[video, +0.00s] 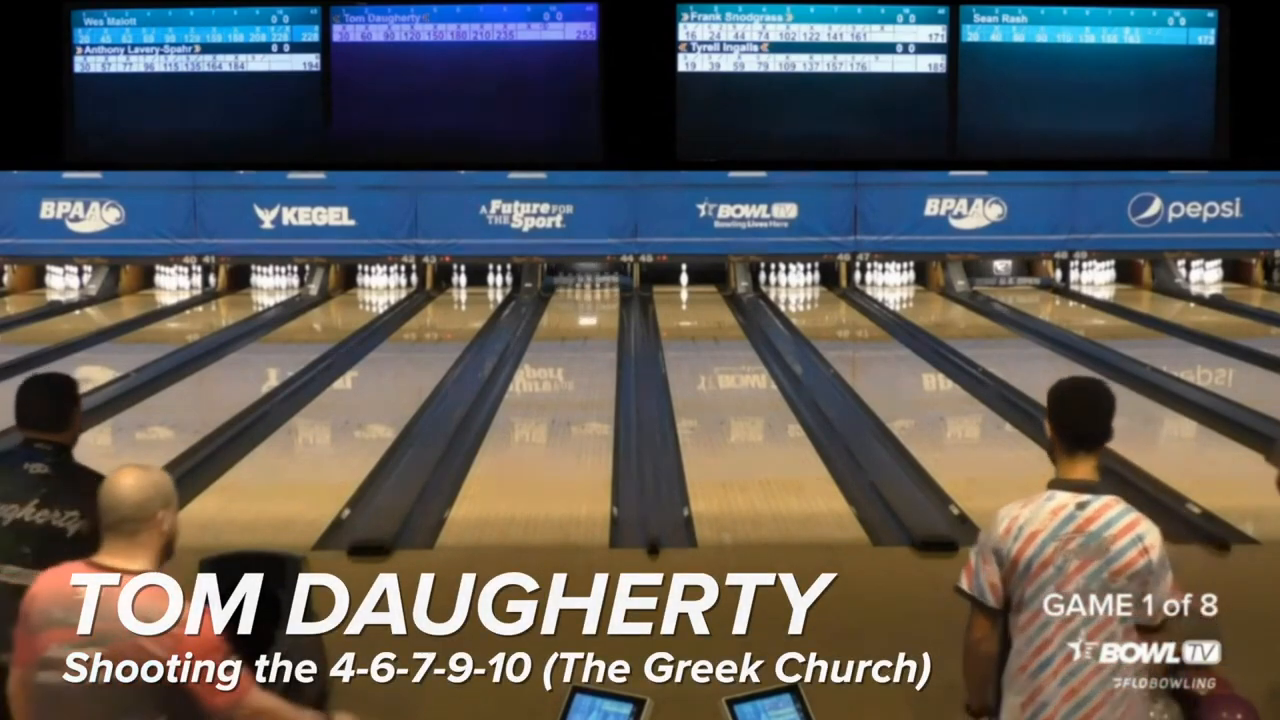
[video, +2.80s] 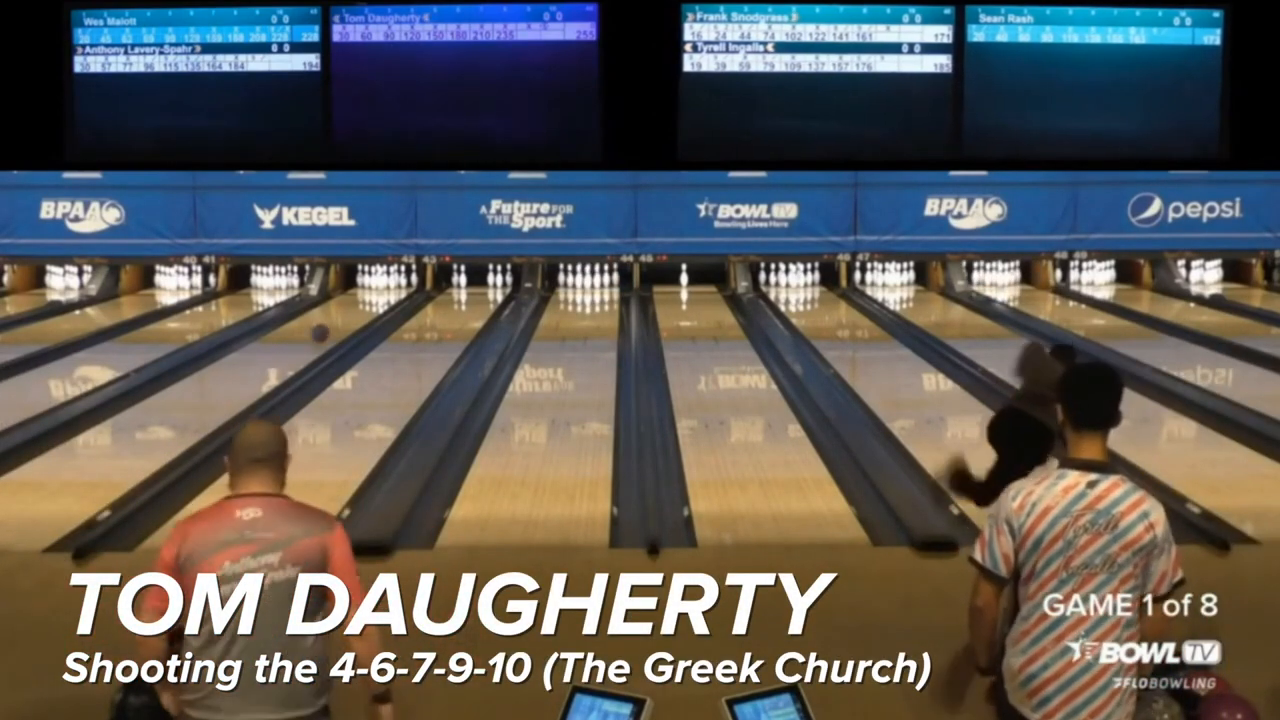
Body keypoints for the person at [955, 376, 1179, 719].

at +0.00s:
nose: (1049, 433)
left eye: (1048, 425)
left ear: (1049, 431)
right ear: (1108, 435)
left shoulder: (1011, 523)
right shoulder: (1141, 532)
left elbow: (982, 633)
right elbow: (1152, 621)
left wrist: (978, 706)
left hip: (1029, 706)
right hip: (1117, 708)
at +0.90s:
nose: (1045, 422)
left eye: (1046, 413)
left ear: (1048, 418)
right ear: (1106, 425)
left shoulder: (1010, 508)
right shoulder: (1133, 517)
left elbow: (977, 607)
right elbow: (1139, 617)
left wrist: (978, 693)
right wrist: (1122, 685)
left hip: (1021, 698)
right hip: (1097, 701)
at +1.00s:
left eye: (1055, 415)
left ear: (1056, 420)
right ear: (1114, 424)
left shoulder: (1019, 507)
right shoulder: (1142, 515)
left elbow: (985, 608)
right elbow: (1151, 617)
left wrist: (985, 690)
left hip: (1029, 691)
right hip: (1107, 694)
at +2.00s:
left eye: (1061, 405)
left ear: (1063, 413)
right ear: (1122, 419)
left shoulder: (1024, 497)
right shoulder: (1149, 508)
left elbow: (987, 600)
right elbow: (1160, 607)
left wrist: (990, 662)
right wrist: (1141, 650)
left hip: (1033, 686)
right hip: (1112, 692)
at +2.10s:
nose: (1056, 409)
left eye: (1058, 403)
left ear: (1062, 411)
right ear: (1120, 417)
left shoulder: (1023, 497)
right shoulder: (1150, 507)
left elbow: (986, 599)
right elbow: (1159, 599)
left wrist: (990, 661)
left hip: (1033, 686)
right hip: (1112, 692)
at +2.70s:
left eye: (1058, 404)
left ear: (1062, 413)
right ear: (1118, 416)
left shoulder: (1023, 493)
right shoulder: (1152, 506)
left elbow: (986, 597)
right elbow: (1160, 609)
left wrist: (987, 663)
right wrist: (1139, 672)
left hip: (1032, 686)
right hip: (1110, 692)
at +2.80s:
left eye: (1059, 408)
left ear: (1061, 414)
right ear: (1117, 419)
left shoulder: (1022, 498)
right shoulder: (1147, 511)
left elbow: (984, 601)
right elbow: (1156, 611)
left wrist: (986, 665)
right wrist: (1138, 670)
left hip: (1030, 683)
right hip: (1108, 691)